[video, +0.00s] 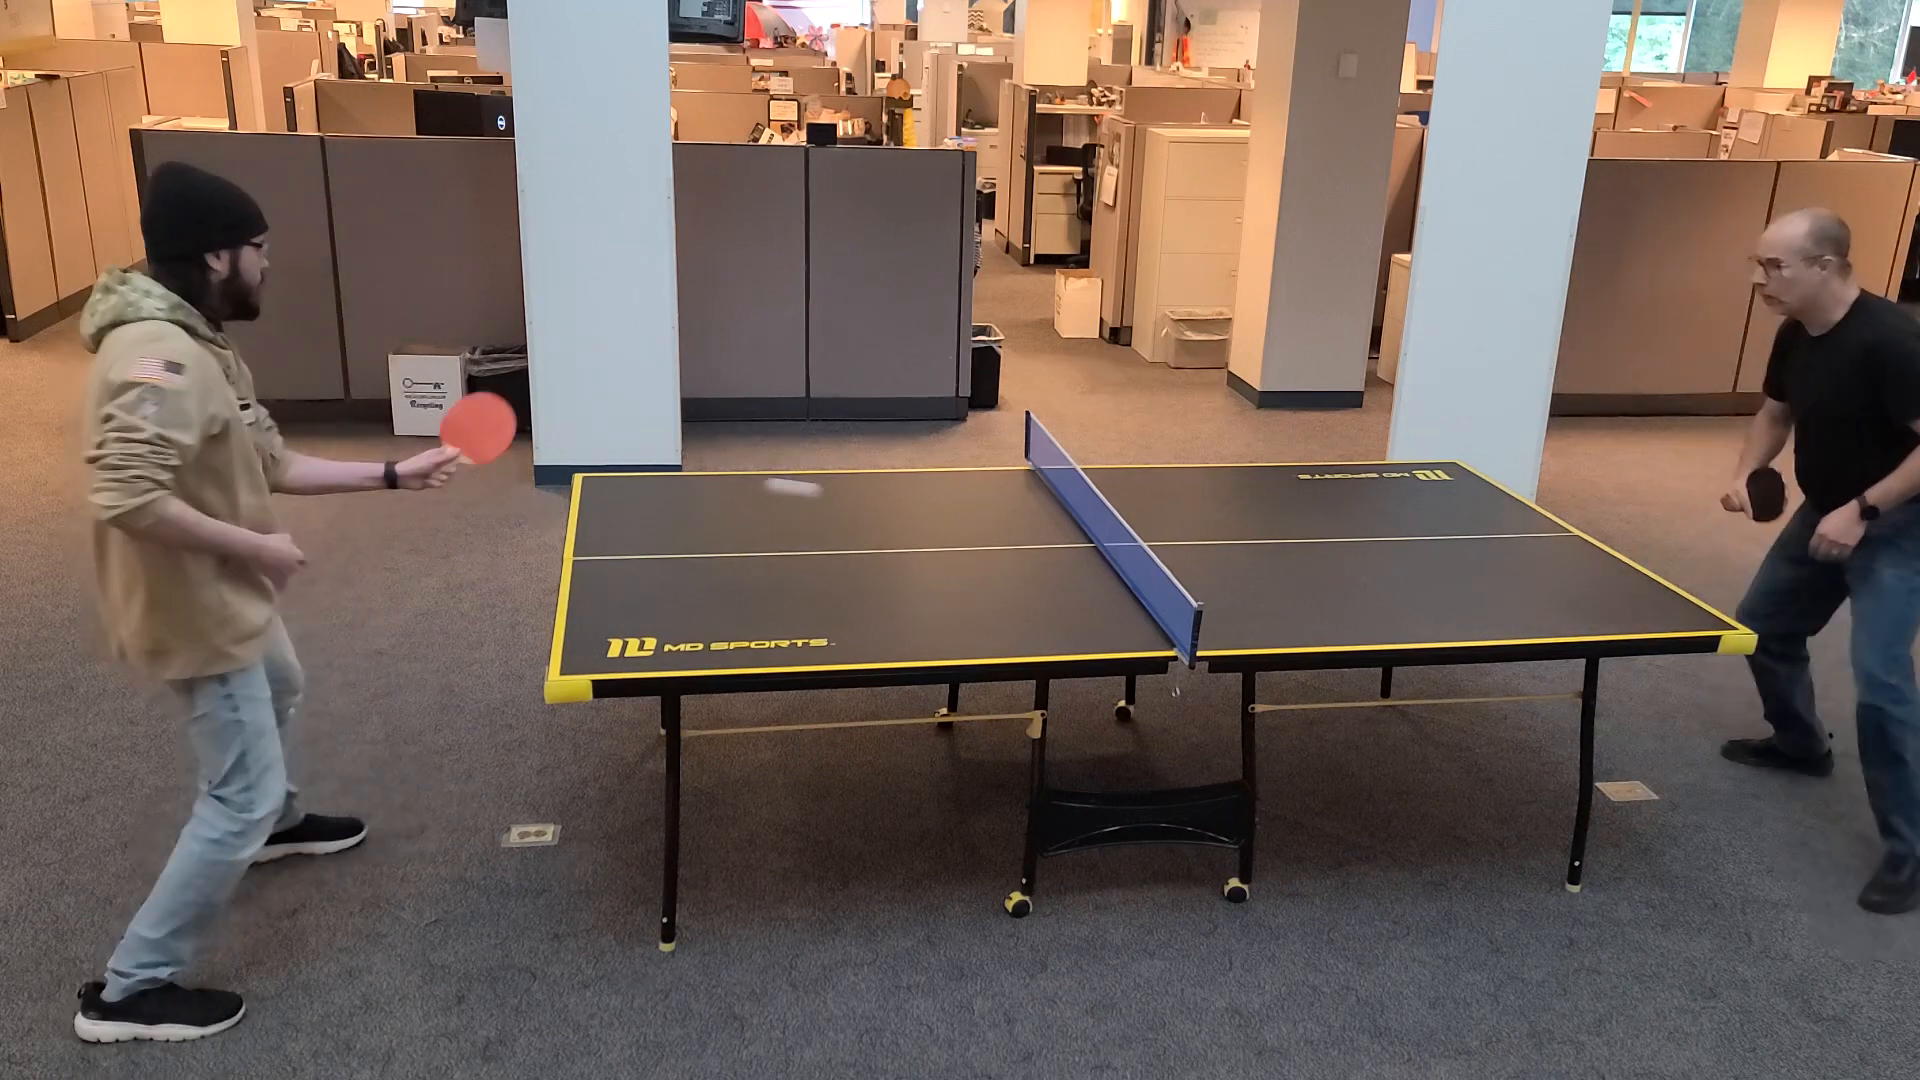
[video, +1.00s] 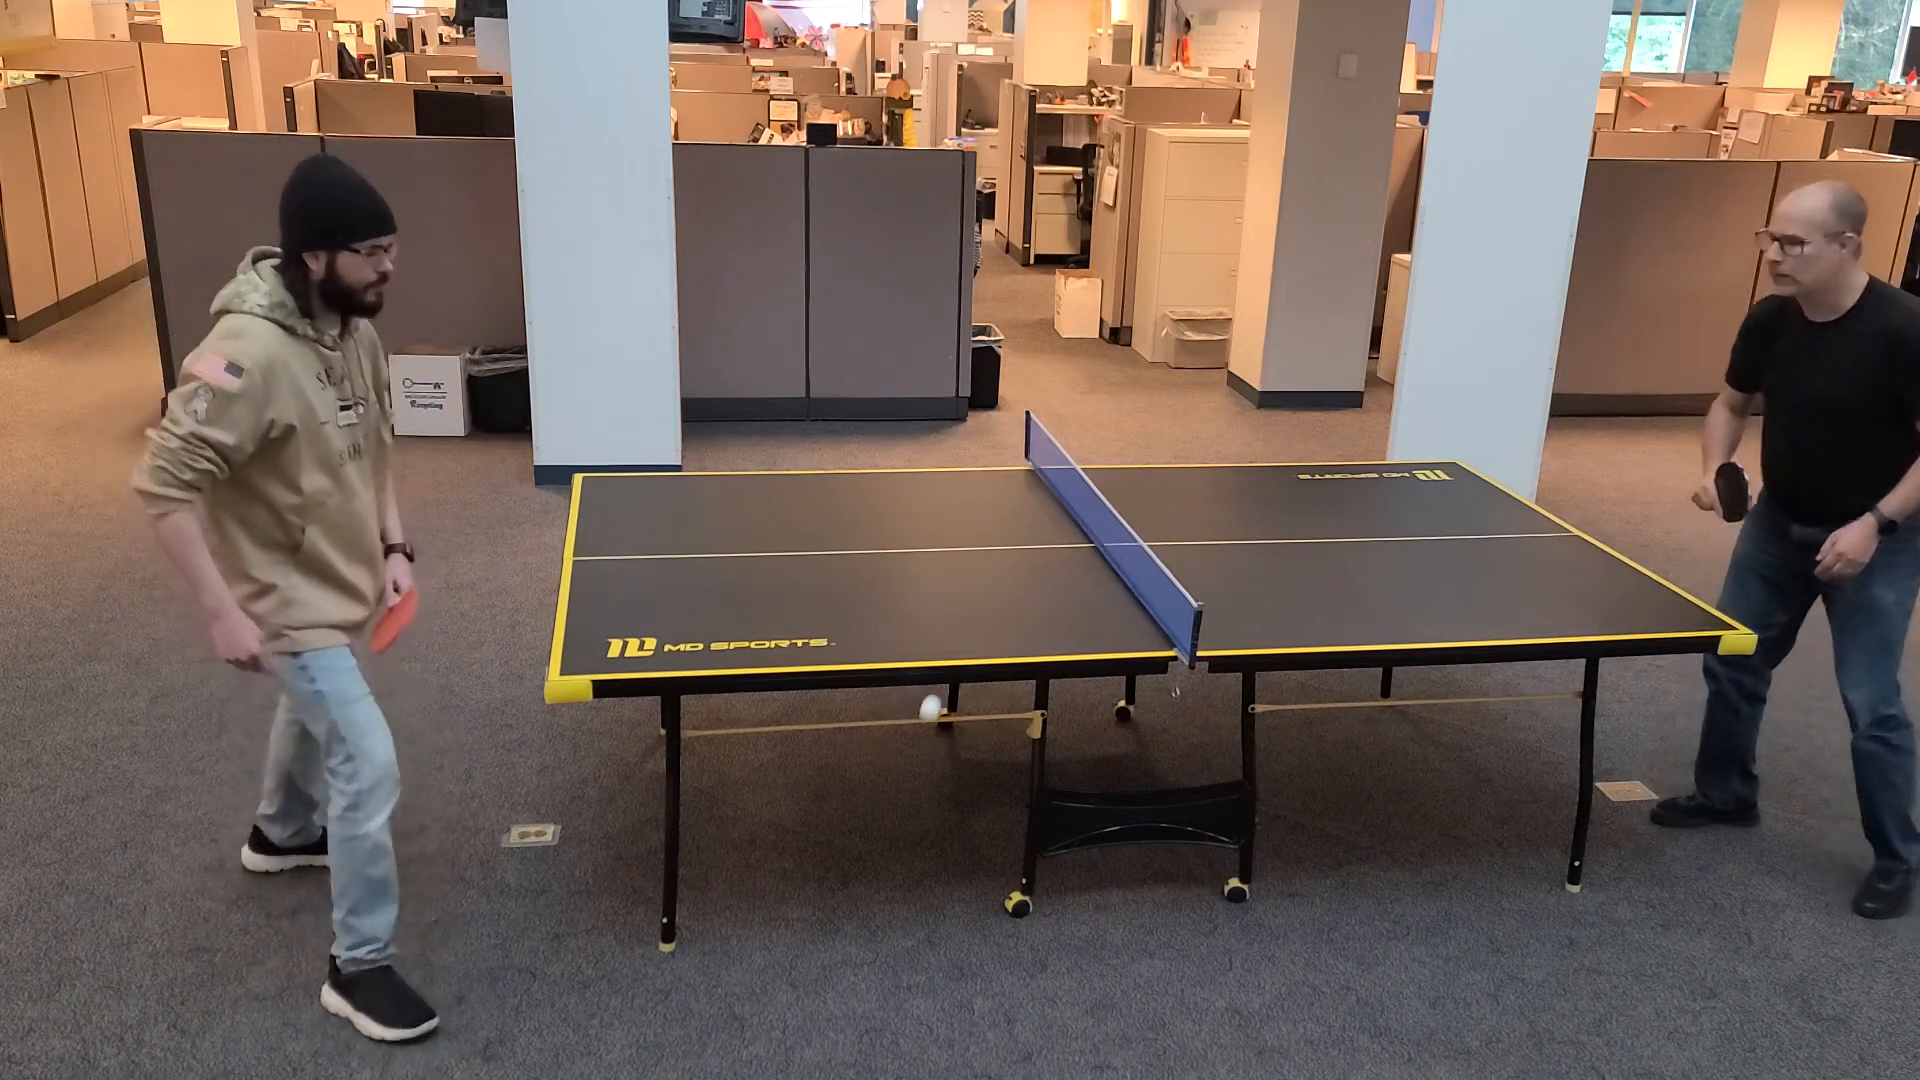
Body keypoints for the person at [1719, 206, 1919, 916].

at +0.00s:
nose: (1761, 279)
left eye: (1773, 267)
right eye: (1760, 266)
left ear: (1826, 268)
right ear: (1812, 270)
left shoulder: (1893, 340)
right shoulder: (1794, 334)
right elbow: (1776, 415)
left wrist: (1864, 508)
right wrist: (1745, 472)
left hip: (1896, 527)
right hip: (1824, 517)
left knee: (1883, 684)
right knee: (1763, 624)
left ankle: (1907, 850)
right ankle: (1799, 743)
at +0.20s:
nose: (1802, 311)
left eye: (1818, 300)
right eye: (1801, 297)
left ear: (1875, 301)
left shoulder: (1914, 370)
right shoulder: (1828, 363)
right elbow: (1801, 452)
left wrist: (1899, 559)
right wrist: (1773, 512)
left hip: (1914, 569)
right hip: (1846, 549)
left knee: (1871, 715)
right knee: (1776, 651)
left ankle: (1908, 871)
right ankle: (1796, 748)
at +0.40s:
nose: (1823, 351)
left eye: (1839, 341)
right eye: (1822, 336)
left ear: (1895, 342)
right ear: (1865, 338)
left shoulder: (1918, 403)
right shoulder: (1832, 388)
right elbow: (1787, 473)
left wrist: (1918, 610)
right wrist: (1751, 524)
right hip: (1871, 557)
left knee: (1890, 727)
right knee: (1804, 652)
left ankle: (1911, 876)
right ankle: (1807, 745)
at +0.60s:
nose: (1827, 335)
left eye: (1845, 326)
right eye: (1828, 319)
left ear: (1900, 329)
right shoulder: (1837, 367)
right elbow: (1797, 450)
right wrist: (1768, 507)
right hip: (1868, 539)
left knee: (1900, 727)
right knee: (1783, 648)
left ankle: (1911, 874)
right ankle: (1789, 757)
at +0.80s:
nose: (1807, 290)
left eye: (1824, 282)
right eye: (1807, 276)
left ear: (1883, 285)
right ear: (1813, 270)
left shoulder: (1919, 355)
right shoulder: (1815, 340)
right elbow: (1786, 421)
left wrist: (1909, 559)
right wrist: (1759, 481)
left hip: (1908, 562)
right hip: (1831, 537)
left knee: (1901, 728)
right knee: (1758, 660)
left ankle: (1909, 873)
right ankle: (1727, 793)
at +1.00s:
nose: (1774, 253)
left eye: (1791, 243)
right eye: (1772, 239)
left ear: (1846, 247)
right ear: (1777, 240)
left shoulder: (1905, 329)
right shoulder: (1768, 322)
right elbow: (1731, 407)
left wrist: (1873, 523)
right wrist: (1716, 467)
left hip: (1877, 539)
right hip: (1779, 525)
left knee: (1872, 703)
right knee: (1731, 659)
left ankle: (1896, 859)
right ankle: (1726, 794)